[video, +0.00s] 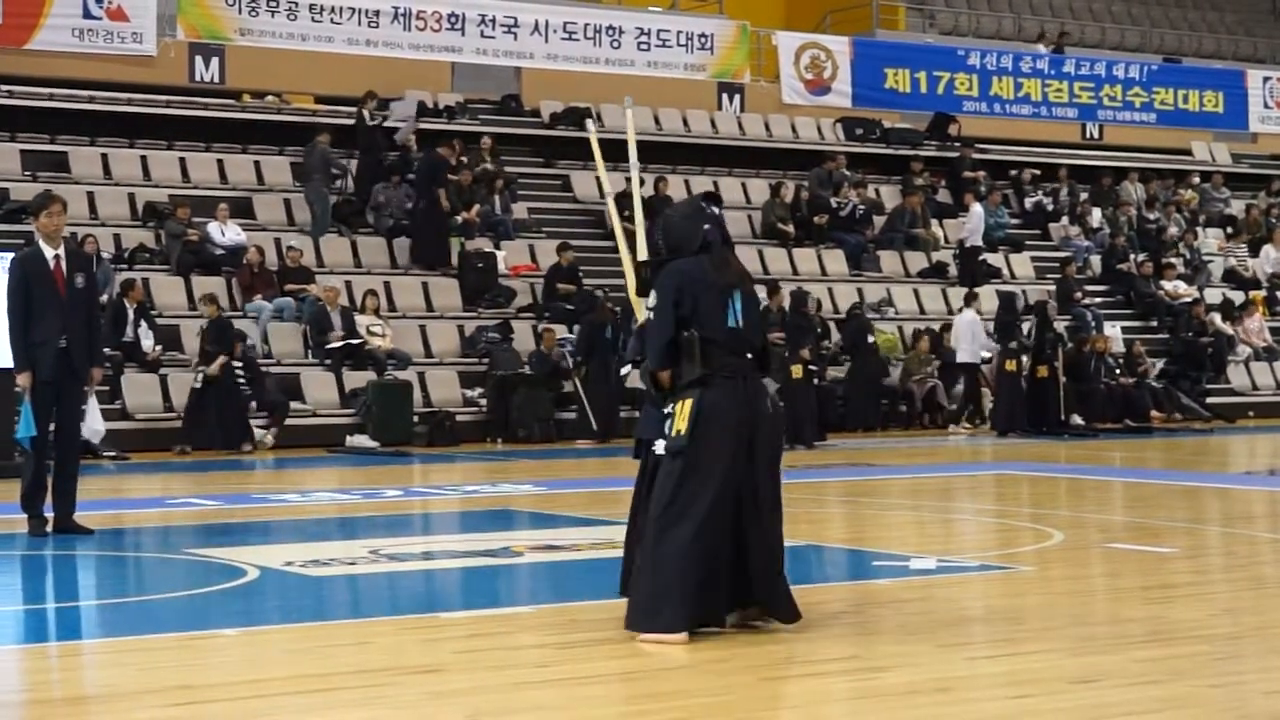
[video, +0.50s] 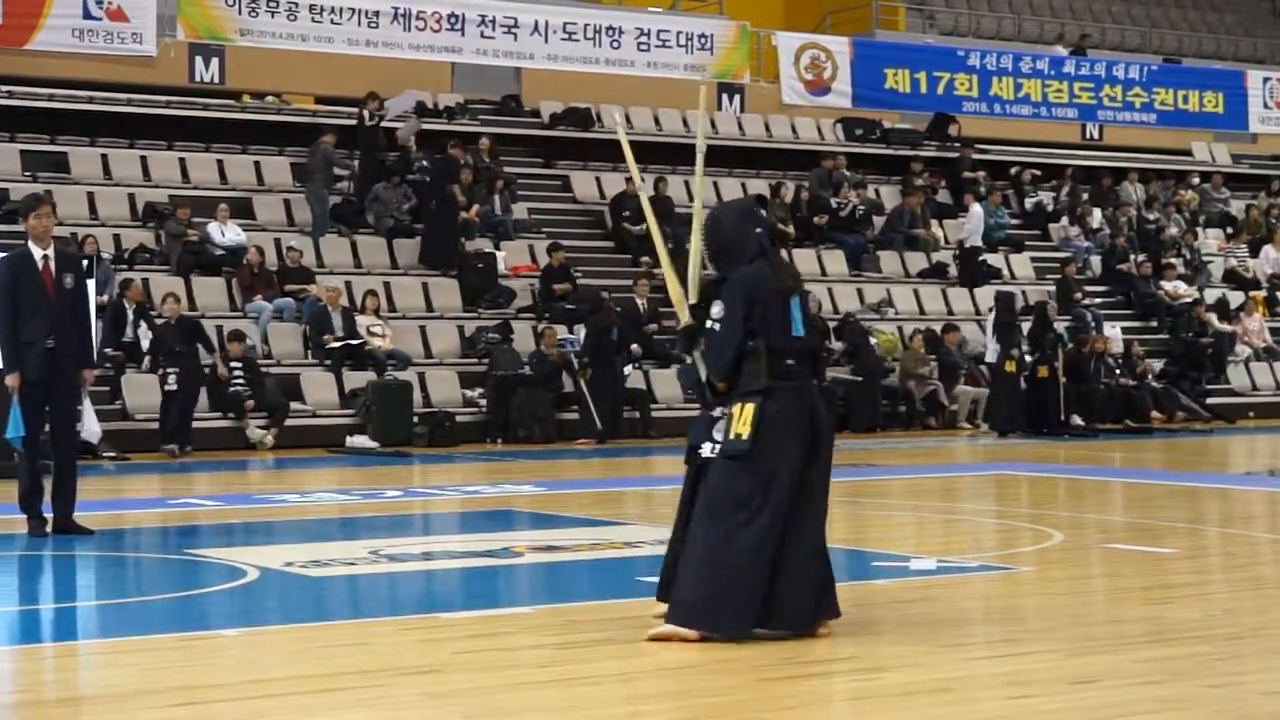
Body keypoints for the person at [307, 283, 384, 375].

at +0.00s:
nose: (327, 294)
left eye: (331, 291)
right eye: (325, 291)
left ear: (338, 294)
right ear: (322, 293)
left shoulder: (347, 311)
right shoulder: (316, 312)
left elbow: (353, 334)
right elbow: (315, 339)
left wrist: (343, 336)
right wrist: (329, 338)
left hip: (346, 344)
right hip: (326, 346)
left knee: (359, 350)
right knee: (337, 354)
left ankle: (360, 383)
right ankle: (338, 387)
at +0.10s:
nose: (328, 294)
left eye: (331, 291)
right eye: (325, 291)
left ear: (338, 294)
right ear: (322, 294)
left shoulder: (347, 311)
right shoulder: (316, 312)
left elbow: (353, 333)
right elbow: (315, 339)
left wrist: (342, 336)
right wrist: (327, 338)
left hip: (346, 344)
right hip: (326, 347)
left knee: (359, 350)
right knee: (338, 352)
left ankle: (359, 381)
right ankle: (336, 384)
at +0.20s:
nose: (328, 294)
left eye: (331, 291)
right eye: (326, 291)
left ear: (339, 294)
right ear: (323, 293)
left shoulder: (347, 311)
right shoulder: (317, 312)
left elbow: (352, 333)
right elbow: (314, 337)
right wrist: (325, 339)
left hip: (346, 344)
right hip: (326, 346)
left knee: (359, 351)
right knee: (338, 353)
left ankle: (360, 382)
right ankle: (337, 386)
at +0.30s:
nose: (328, 294)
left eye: (332, 291)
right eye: (326, 291)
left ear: (339, 294)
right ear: (324, 293)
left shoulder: (347, 311)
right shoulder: (317, 312)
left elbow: (353, 333)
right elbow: (314, 337)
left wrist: (361, 340)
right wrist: (323, 340)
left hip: (346, 344)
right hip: (326, 346)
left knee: (359, 351)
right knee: (338, 353)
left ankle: (360, 382)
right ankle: (337, 386)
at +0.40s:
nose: (328, 294)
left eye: (332, 291)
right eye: (326, 291)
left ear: (340, 294)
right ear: (324, 293)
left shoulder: (347, 311)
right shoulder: (317, 312)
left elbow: (353, 333)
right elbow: (313, 337)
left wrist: (361, 340)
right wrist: (324, 340)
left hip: (346, 343)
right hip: (328, 345)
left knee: (359, 351)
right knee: (337, 353)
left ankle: (361, 382)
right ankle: (338, 387)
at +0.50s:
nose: (330, 294)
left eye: (333, 291)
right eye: (327, 291)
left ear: (340, 294)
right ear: (324, 293)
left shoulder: (347, 311)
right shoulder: (317, 312)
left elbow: (353, 333)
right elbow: (314, 337)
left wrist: (362, 340)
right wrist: (324, 340)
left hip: (346, 343)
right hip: (328, 345)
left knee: (359, 351)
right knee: (337, 354)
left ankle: (361, 383)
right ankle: (338, 388)